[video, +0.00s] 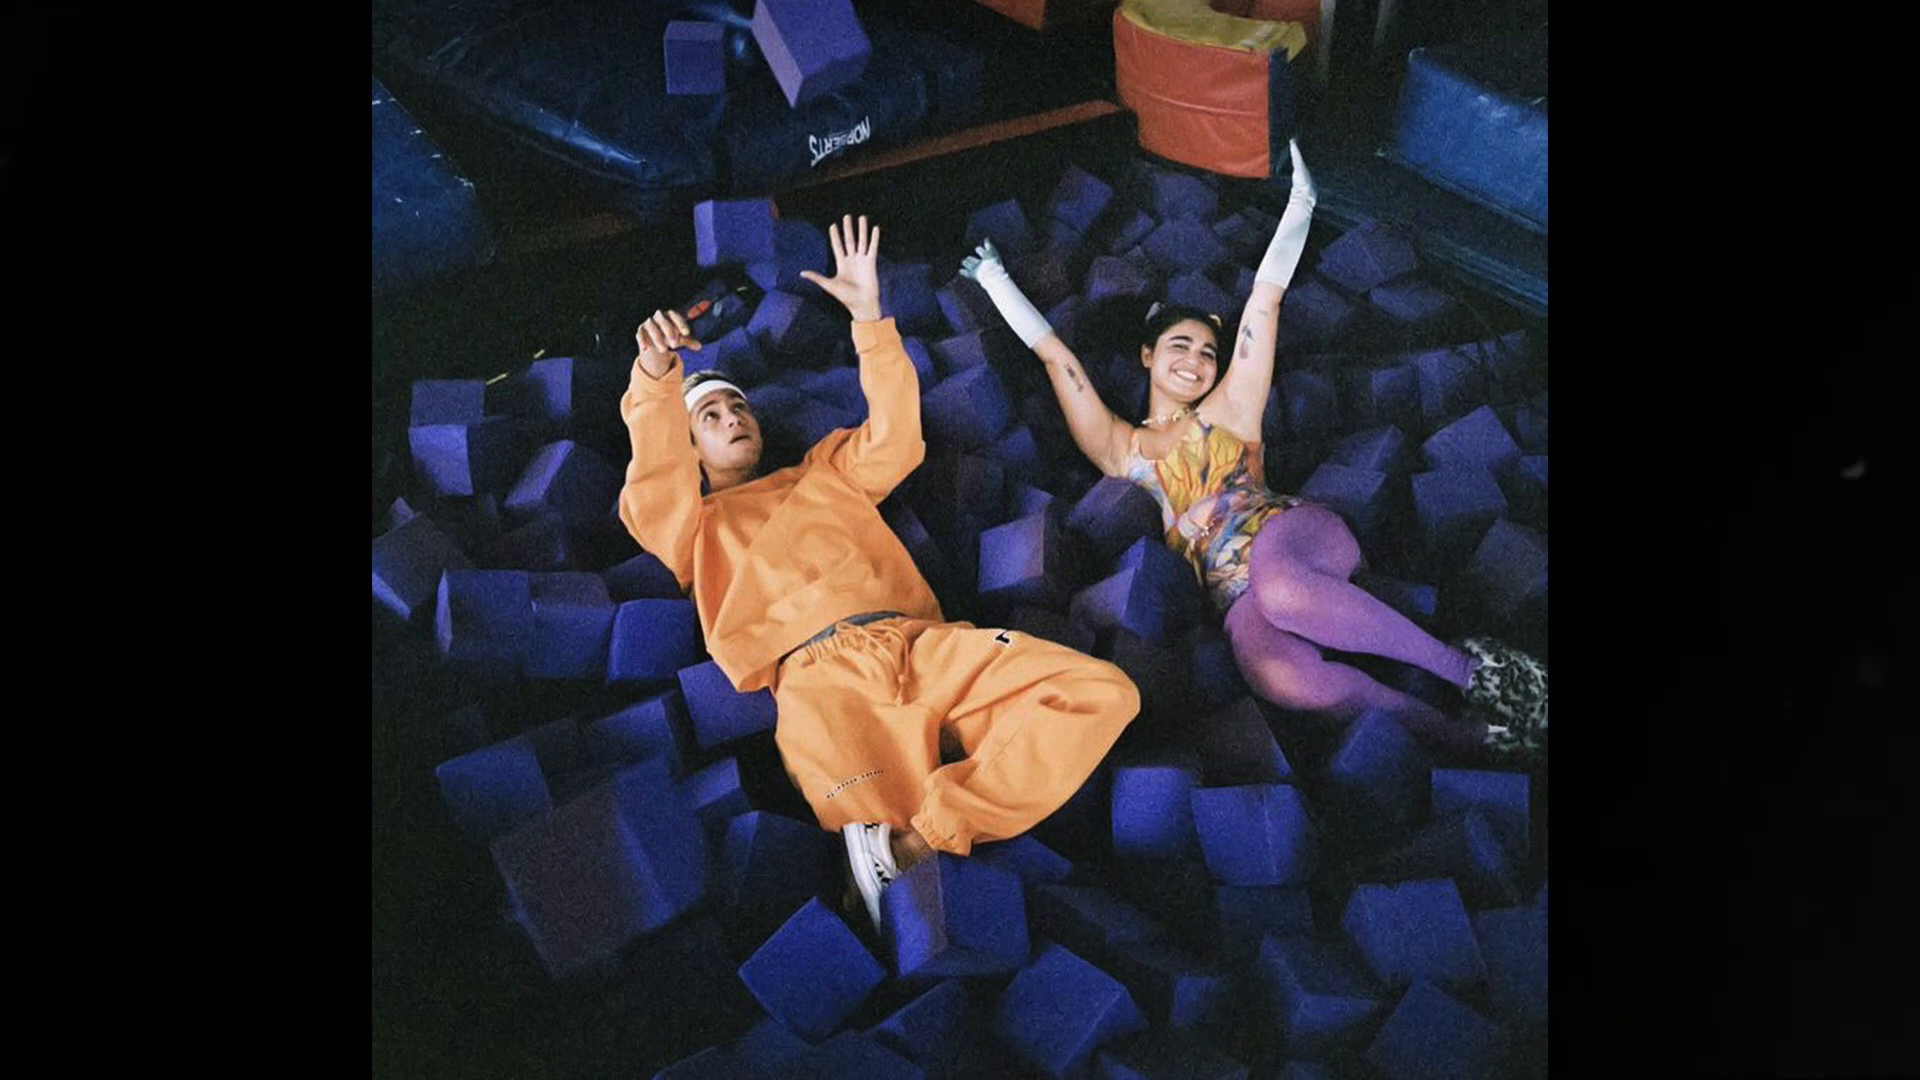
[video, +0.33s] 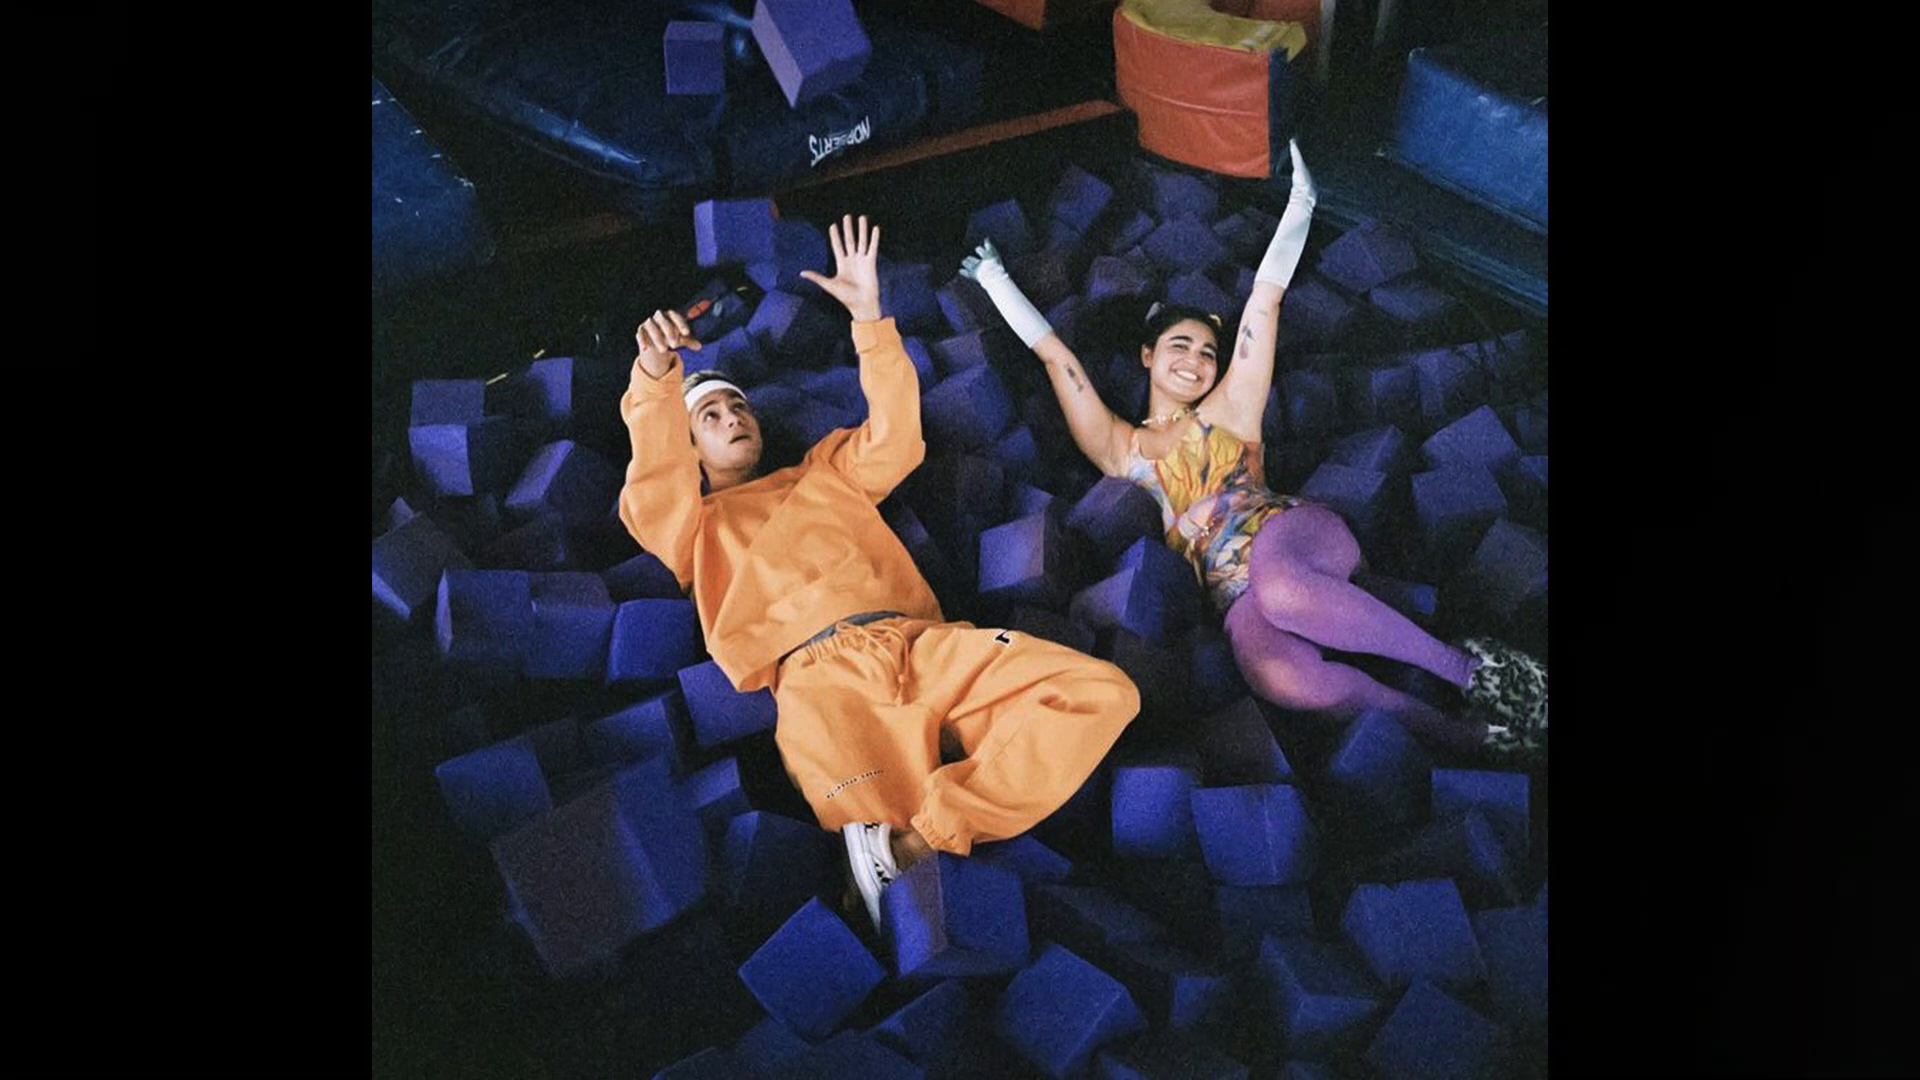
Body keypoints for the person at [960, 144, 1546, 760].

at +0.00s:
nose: (1192, 359)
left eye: (1205, 353)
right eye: (1177, 346)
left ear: (1217, 370)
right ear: (1145, 358)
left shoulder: (1230, 411)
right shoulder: (1123, 448)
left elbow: (1264, 305)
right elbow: (1057, 359)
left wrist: (1298, 209)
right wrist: (992, 278)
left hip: (1288, 531)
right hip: (1239, 597)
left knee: (1279, 593)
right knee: (1285, 679)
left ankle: (1471, 670)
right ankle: (1462, 733)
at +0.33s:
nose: (1190, 359)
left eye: (1204, 353)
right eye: (1176, 346)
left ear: (1216, 370)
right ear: (1145, 358)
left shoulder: (1230, 411)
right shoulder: (1122, 449)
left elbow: (1264, 305)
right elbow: (1057, 359)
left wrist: (1298, 209)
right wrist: (992, 277)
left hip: (1288, 531)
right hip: (1238, 596)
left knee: (1279, 593)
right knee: (1285, 679)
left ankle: (1471, 671)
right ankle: (1462, 734)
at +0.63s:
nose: (1190, 359)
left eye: (1204, 353)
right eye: (1176, 346)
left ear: (1216, 370)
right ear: (1145, 358)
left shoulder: (1230, 411)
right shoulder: (1122, 449)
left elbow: (1264, 305)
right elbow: (1057, 359)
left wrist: (1298, 209)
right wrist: (992, 277)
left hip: (1288, 531)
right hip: (1238, 596)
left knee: (1279, 593)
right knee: (1285, 679)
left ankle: (1471, 671)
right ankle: (1462, 733)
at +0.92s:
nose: (1191, 360)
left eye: (1205, 354)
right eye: (1177, 346)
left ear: (1217, 370)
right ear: (1145, 358)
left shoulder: (1230, 411)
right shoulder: (1124, 449)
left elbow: (1264, 304)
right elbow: (1057, 359)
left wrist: (1298, 209)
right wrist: (992, 278)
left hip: (1291, 533)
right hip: (1240, 599)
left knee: (1277, 592)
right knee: (1286, 680)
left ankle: (1471, 670)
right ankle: (1454, 728)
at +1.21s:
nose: (1191, 359)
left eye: (1205, 353)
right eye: (1176, 346)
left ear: (1217, 370)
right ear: (1145, 358)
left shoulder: (1230, 411)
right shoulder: (1123, 449)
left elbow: (1264, 304)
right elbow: (1057, 359)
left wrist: (1298, 209)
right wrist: (992, 277)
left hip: (1290, 532)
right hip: (1239, 598)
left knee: (1278, 592)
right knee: (1285, 679)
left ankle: (1471, 670)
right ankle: (1457, 730)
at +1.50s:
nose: (1190, 359)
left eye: (1204, 353)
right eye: (1176, 346)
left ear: (1216, 370)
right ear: (1145, 358)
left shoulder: (1230, 411)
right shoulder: (1122, 449)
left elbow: (1264, 304)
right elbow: (1057, 359)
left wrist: (1299, 209)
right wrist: (992, 277)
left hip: (1288, 531)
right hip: (1238, 596)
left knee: (1280, 593)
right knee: (1285, 680)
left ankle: (1472, 671)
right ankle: (1450, 723)